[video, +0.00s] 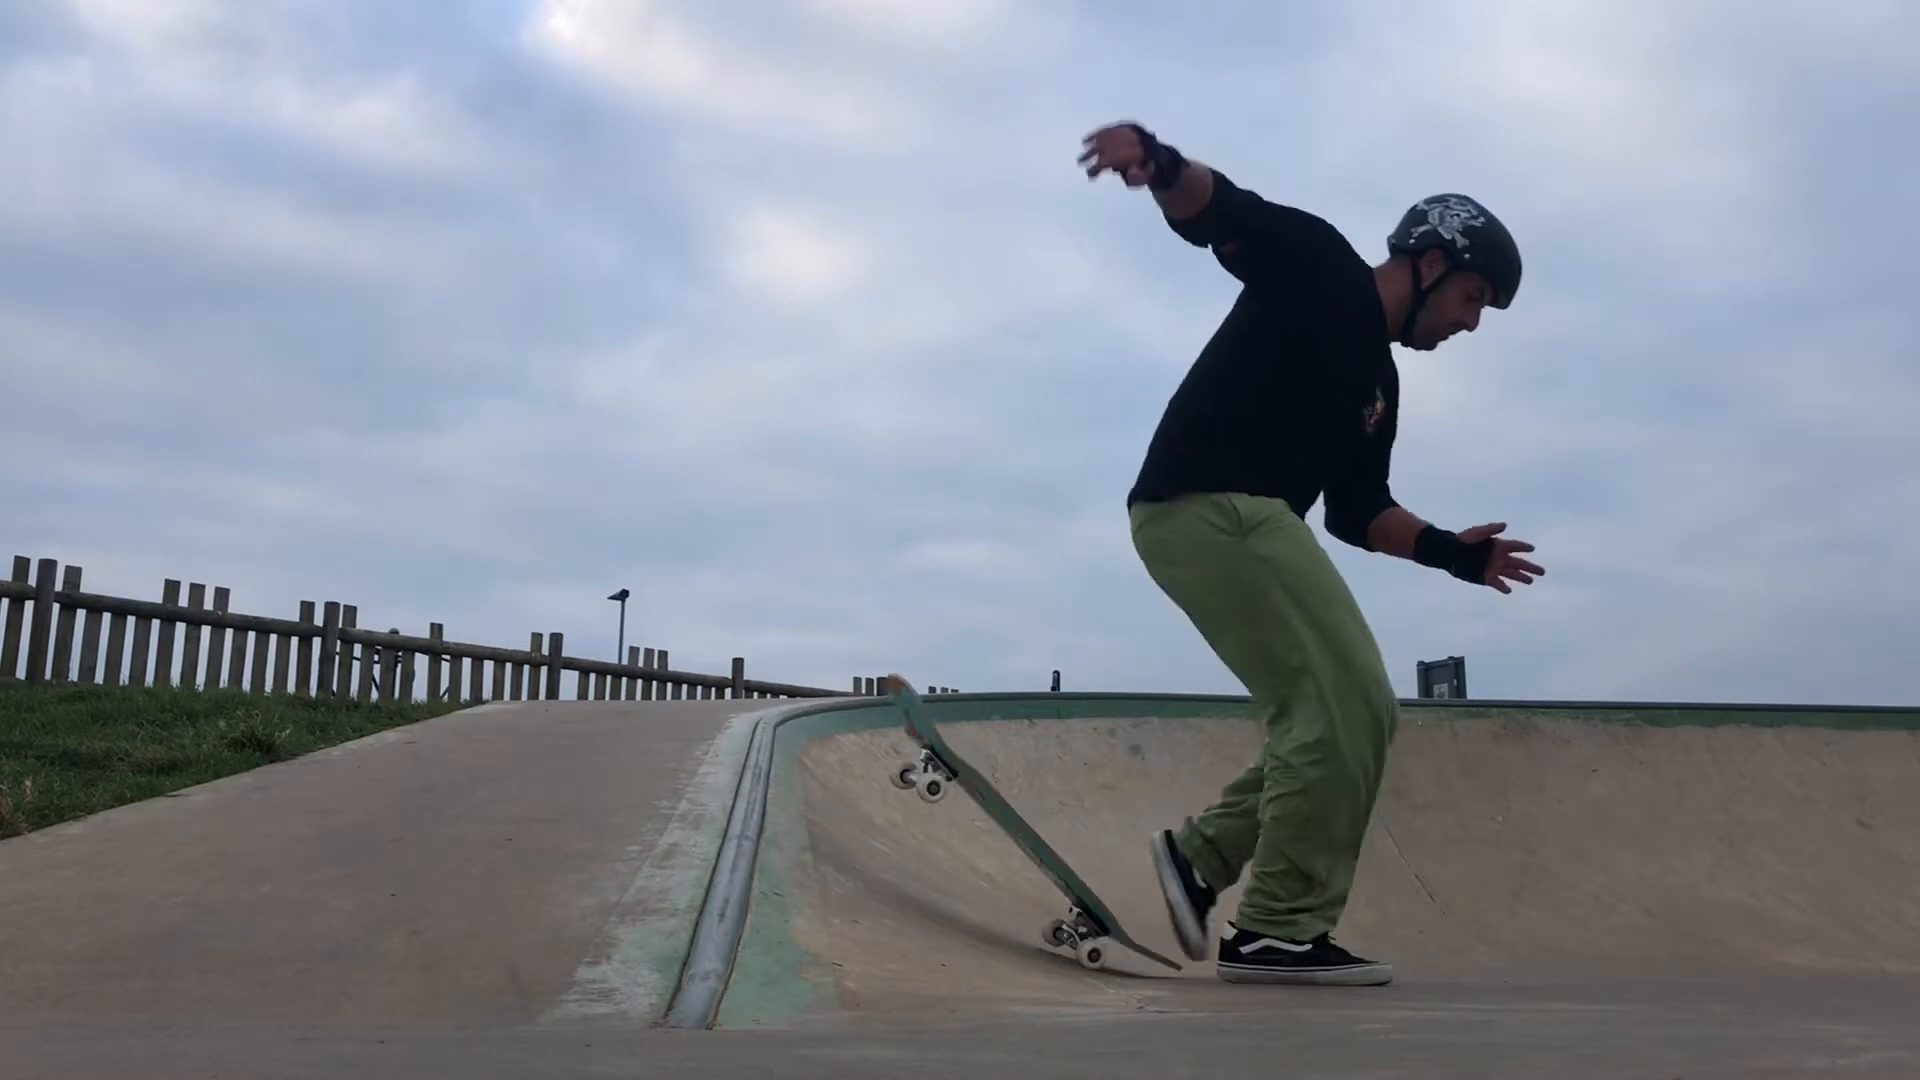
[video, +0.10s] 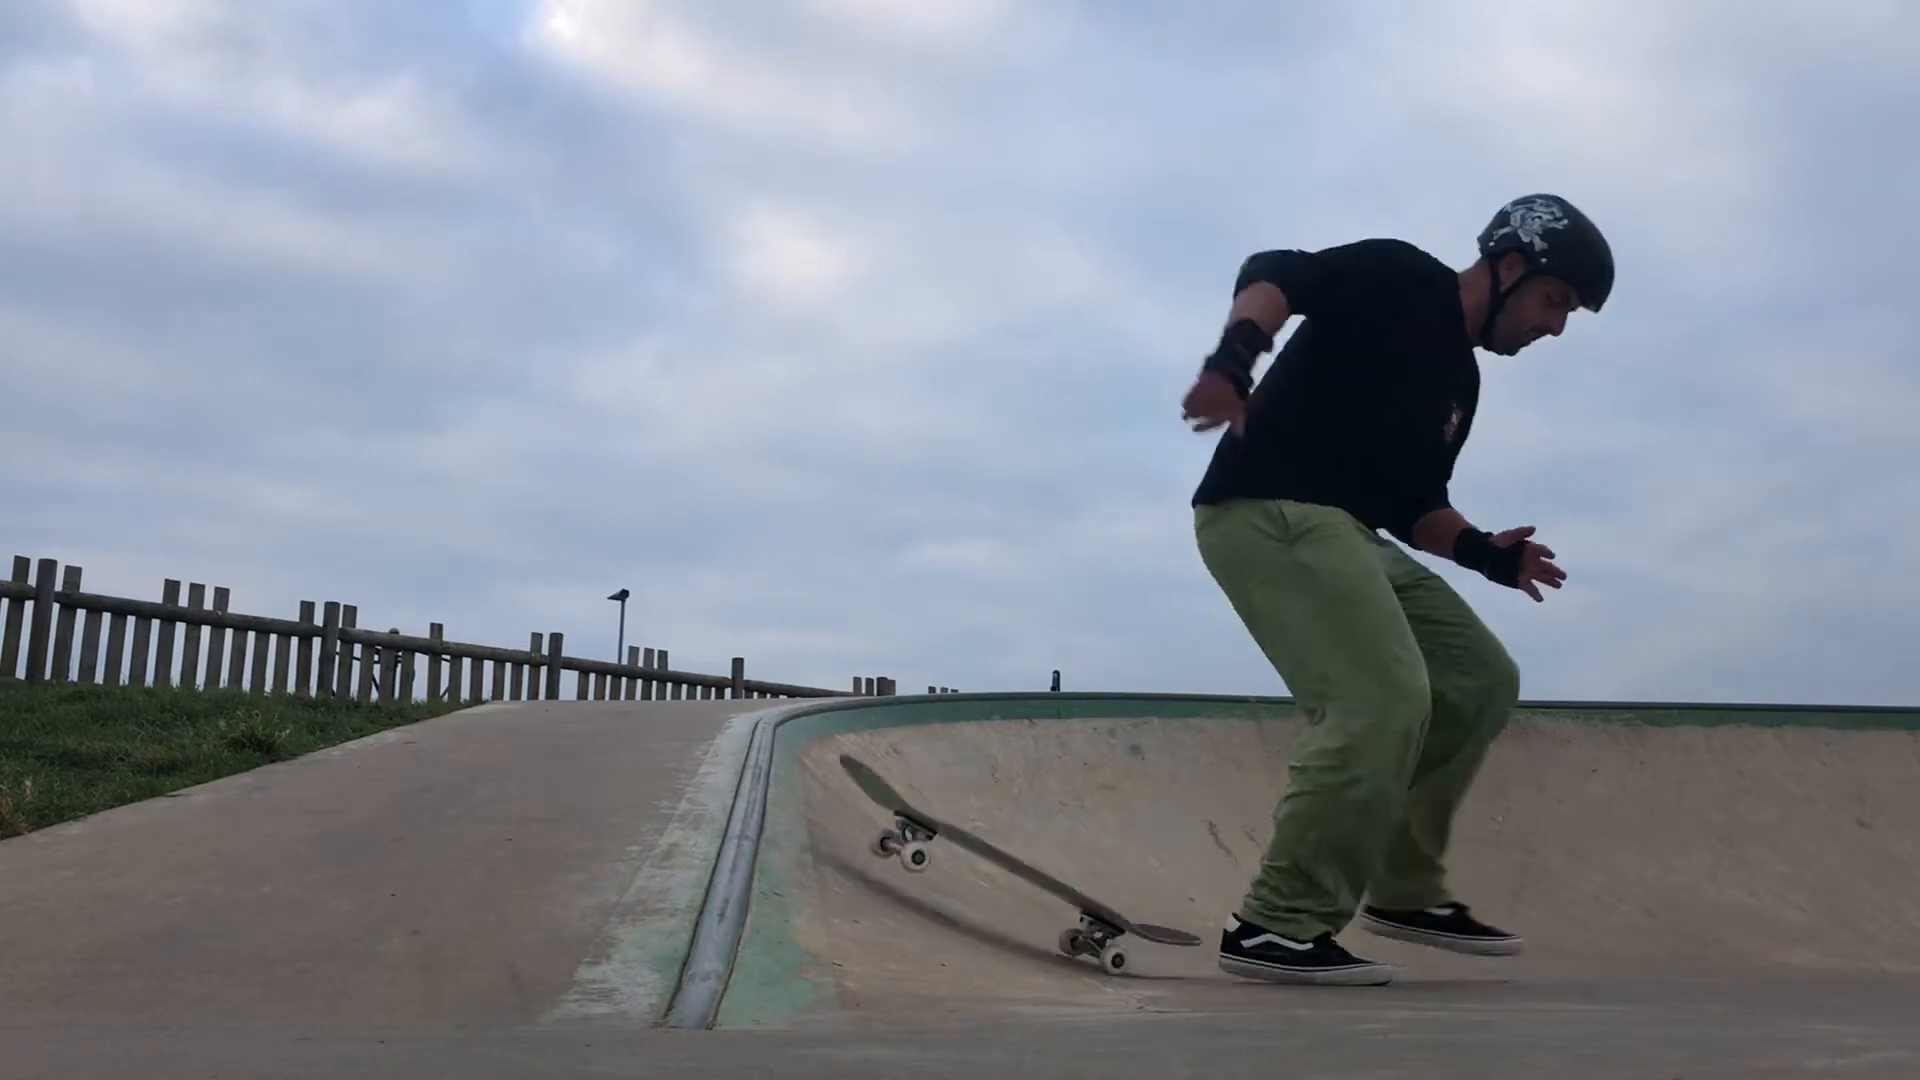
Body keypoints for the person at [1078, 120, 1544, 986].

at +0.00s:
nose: (1474, 320)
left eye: (1484, 306)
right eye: (1477, 296)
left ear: (1433, 271)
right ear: (1434, 260)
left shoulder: (1375, 392)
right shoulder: (1321, 257)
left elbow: (1357, 511)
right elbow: (1220, 210)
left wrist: (1449, 549)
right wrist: (1159, 165)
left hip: (1244, 516)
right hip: (1208, 502)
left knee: (1352, 709)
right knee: (1343, 703)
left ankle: (1205, 853)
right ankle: (1277, 928)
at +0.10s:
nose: (1555, 327)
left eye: (1566, 314)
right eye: (1554, 303)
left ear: (1515, 276)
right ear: (1509, 266)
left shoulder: (1459, 383)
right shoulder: (1402, 272)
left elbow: (1413, 507)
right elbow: (1277, 275)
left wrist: (1487, 551)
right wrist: (1230, 365)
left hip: (1348, 533)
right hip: (1272, 512)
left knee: (1479, 679)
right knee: (1383, 696)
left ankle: (1399, 892)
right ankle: (1277, 922)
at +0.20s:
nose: (1628, 310)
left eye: (1643, 299)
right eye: (1625, 284)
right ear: (1578, 248)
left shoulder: (1543, 372)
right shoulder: (1469, 270)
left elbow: (1487, 491)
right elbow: (1335, 310)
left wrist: (1552, 578)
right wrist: (1354, 444)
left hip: (1453, 539)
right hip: (1356, 510)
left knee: (1565, 699)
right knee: (1434, 698)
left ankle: (1679, 915)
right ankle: (1291, 908)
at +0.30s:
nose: (1673, 270)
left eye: (1693, 260)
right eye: (1665, 244)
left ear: (1702, 268)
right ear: (1620, 223)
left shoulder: (1628, 358)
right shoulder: (1516, 276)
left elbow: (1588, 488)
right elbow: (1389, 353)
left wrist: (1613, 587)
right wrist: (1401, 482)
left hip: (1566, 562)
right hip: (1465, 540)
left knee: (1685, 703)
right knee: (1520, 714)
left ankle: (1761, 932)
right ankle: (1328, 887)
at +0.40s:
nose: (1696, 242)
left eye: (1721, 230)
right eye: (1685, 215)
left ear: (1738, 240)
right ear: (1651, 201)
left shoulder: (1696, 346)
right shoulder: (1550, 272)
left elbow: (1679, 492)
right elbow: (1440, 372)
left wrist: (1700, 600)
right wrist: (1425, 501)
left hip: (1627, 549)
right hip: (1512, 533)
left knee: (1758, 697)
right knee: (1600, 704)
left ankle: (1764, 932)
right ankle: (1424, 891)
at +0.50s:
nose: (1698, 201)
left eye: (1726, 191)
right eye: (1690, 175)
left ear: (1756, 204)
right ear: (1666, 164)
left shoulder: (1737, 310)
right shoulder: (1567, 247)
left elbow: (1730, 443)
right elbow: (1459, 351)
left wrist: (1767, 558)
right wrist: (1457, 485)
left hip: (1649, 525)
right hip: (1532, 508)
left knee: (1765, 697)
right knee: (1616, 686)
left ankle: (1764, 931)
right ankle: (1501, 918)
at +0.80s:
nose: (1612, 152)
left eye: (1633, 134)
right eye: (1602, 133)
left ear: (1691, 130)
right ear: (1593, 130)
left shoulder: (1756, 237)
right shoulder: (1546, 229)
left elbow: (1815, 357)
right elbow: (1492, 348)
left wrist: (1874, 463)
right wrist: (1470, 465)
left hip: (1702, 509)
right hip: (1559, 506)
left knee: (1743, 696)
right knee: (1523, 700)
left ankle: (1772, 919)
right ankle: (1508, 921)